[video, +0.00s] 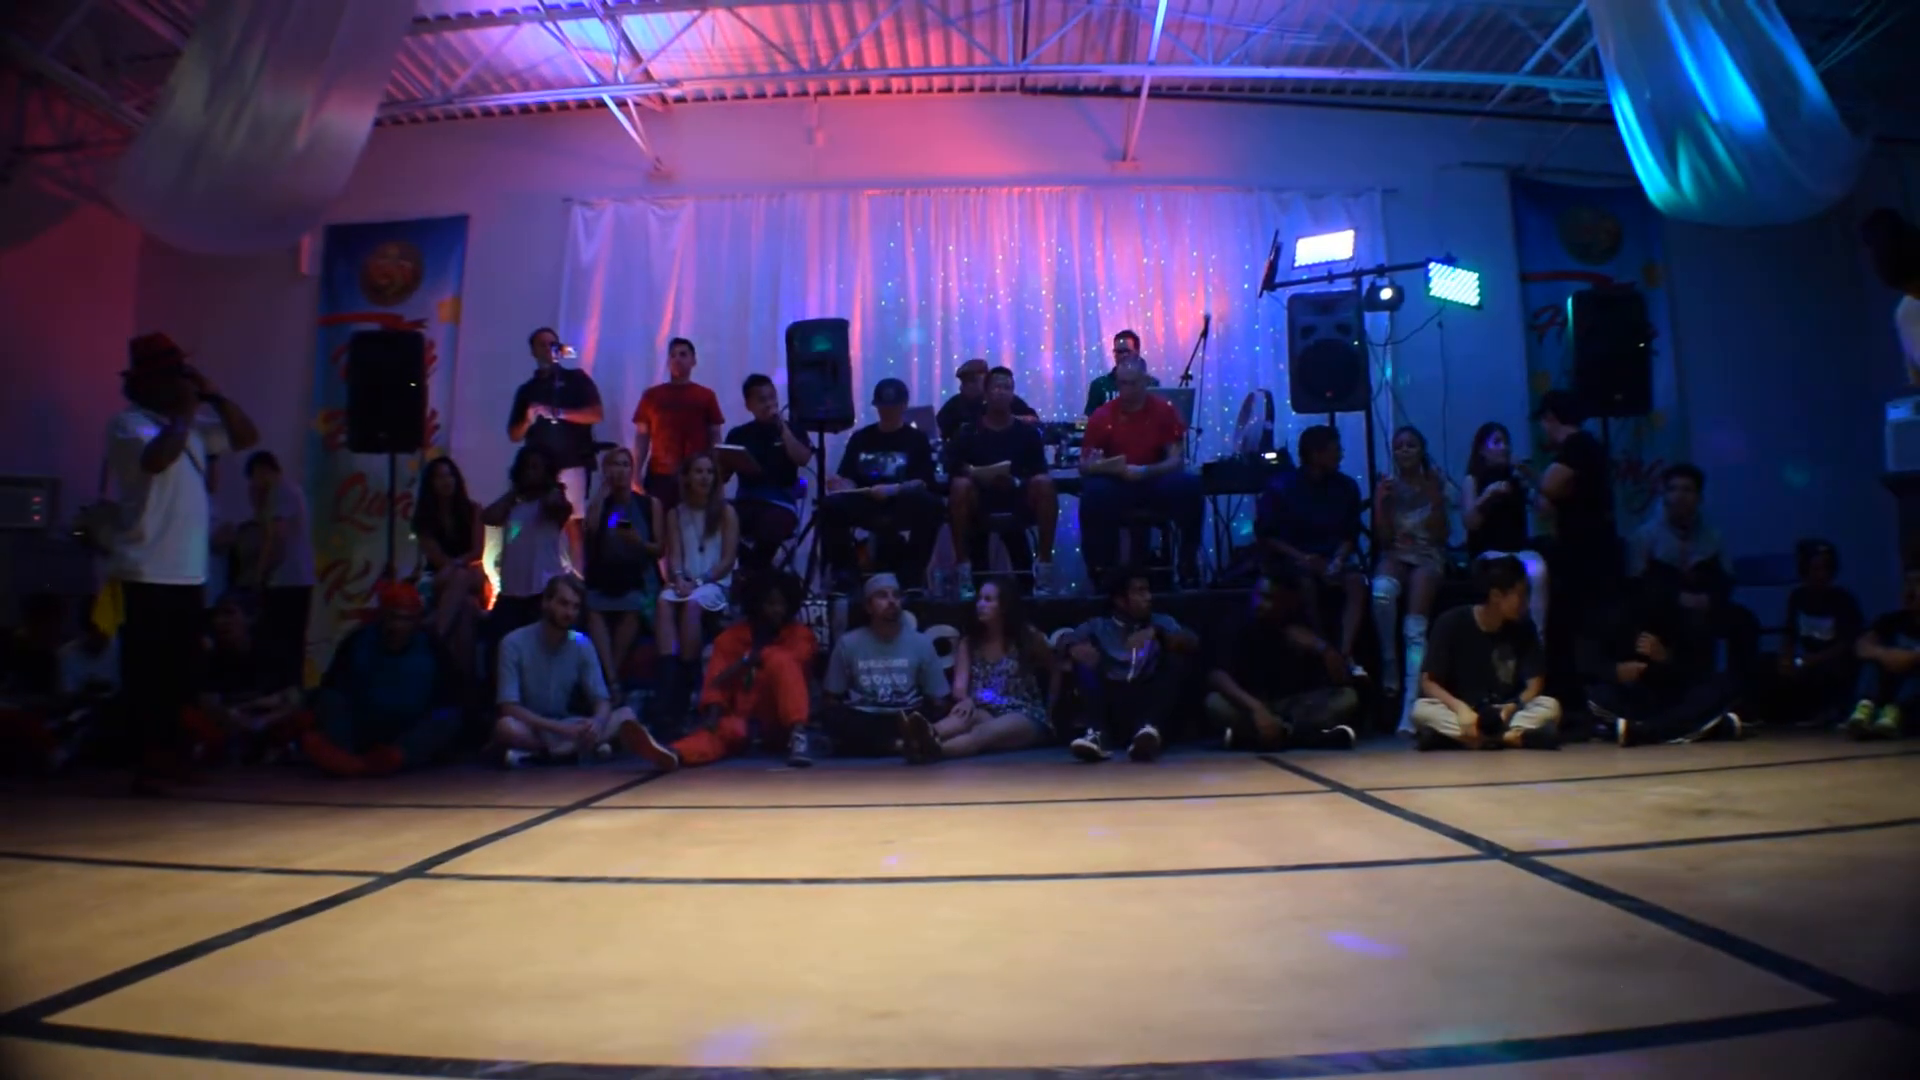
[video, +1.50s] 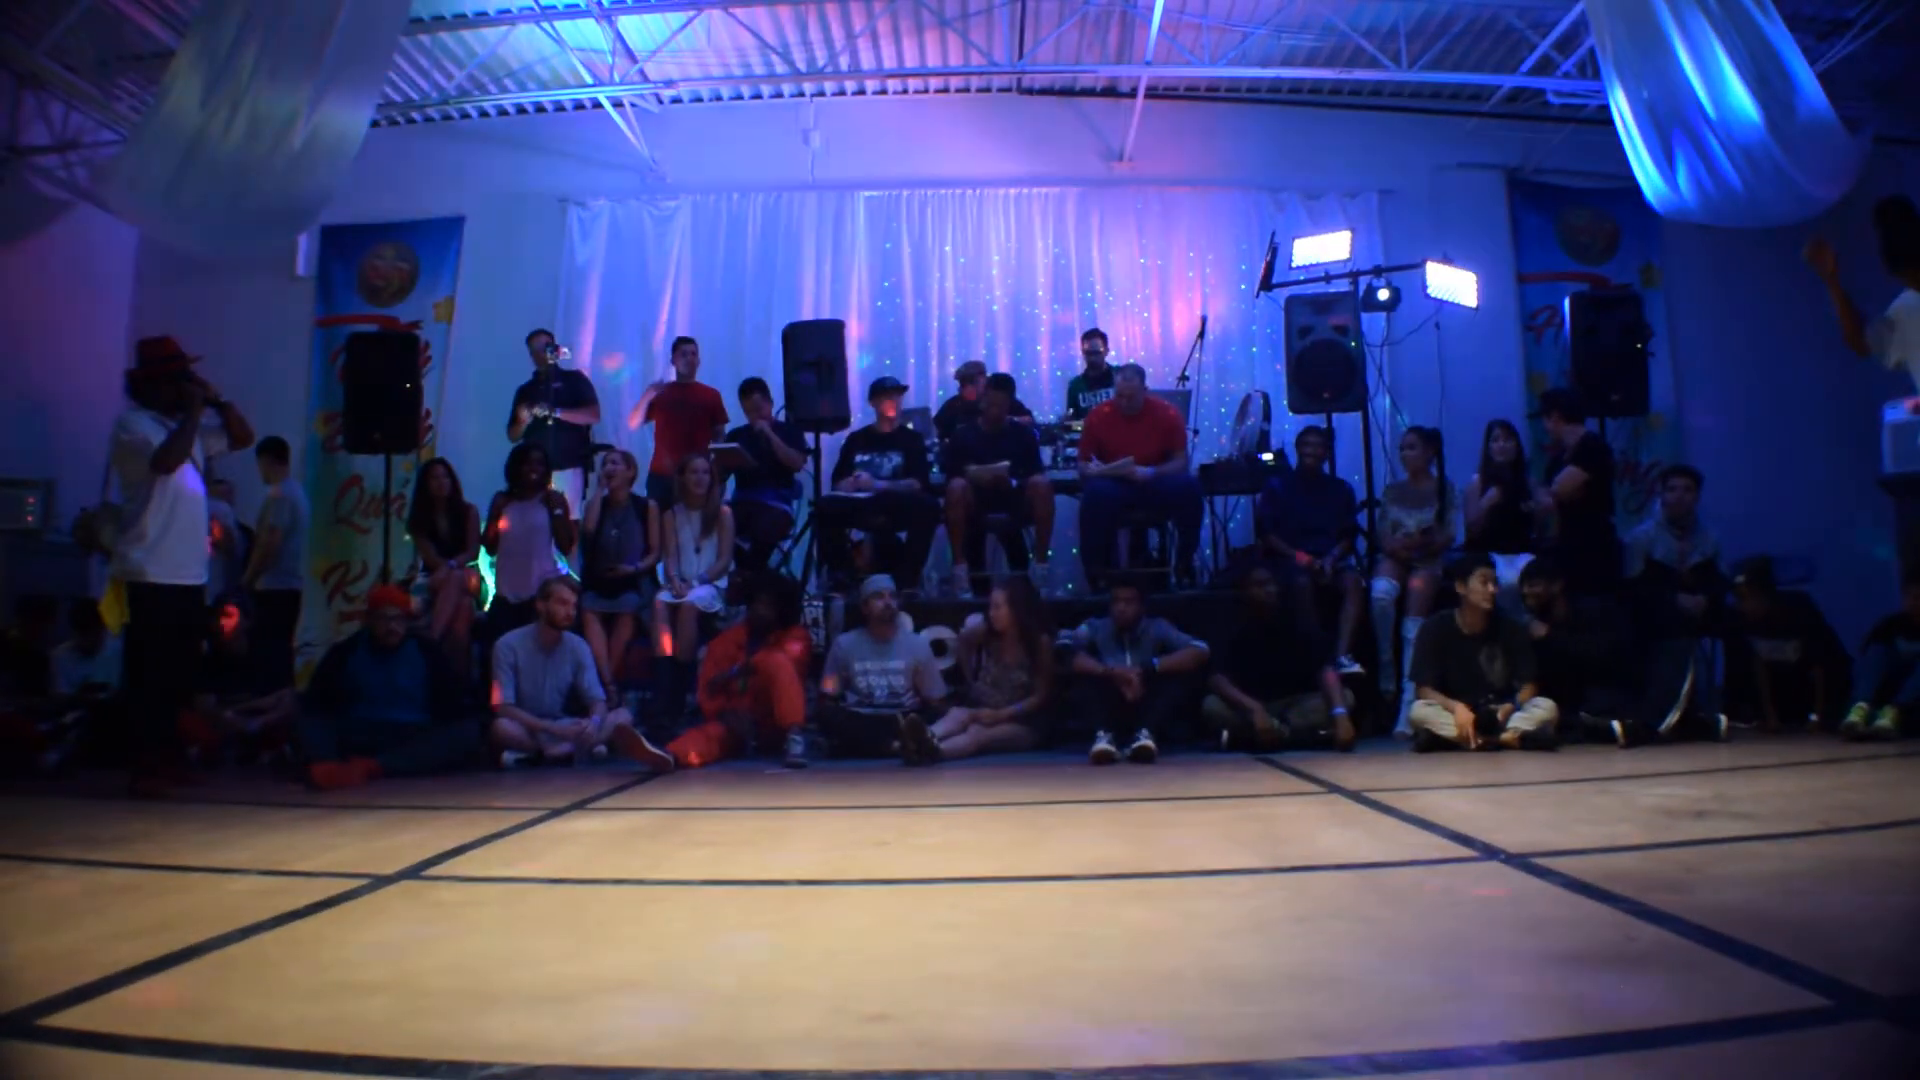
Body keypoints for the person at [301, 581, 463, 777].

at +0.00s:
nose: (399, 626)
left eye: (407, 619)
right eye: (393, 617)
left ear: (416, 619)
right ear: (382, 615)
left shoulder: (429, 646)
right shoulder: (359, 641)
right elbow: (331, 686)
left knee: (447, 718)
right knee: (330, 700)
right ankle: (340, 754)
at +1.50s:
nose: (392, 627)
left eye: (399, 620)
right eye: (385, 620)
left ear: (408, 621)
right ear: (370, 620)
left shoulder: (426, 653)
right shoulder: (344, 653)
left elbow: (449, 699)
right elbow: (315, 701)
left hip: (413, 732)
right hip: (355, 731)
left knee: (465, 734)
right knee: (312, 719)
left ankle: (375, 767)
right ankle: (326, 764)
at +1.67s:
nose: (397, 628)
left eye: (401, 620)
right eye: (389, 620)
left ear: (409, 621)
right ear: (372, 622)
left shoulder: (426, 653)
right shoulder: (345, 654)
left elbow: (448, 699)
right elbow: (318, 705)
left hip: (415, 733)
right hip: (357, 732)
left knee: (467, 734)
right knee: (308, 724)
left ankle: (377, 767)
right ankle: (328, 765)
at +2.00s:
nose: (397, 624)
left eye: (402, 617)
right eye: (389, 617)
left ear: (410, 618)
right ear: (372, 619)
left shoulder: (427, 652)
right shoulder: (346, 653)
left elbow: (445, 699)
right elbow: (319, 704)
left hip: (415, 733)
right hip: (358, 732)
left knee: (467, 734)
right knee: (307, 725)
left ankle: (377, 767)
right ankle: (328, 766)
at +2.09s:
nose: (397, 624)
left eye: (402, 616)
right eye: (389, 617)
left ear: (409, 617)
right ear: (372, 619)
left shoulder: (426, 651)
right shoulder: (346, 653)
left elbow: (447, 697)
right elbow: (319, 703)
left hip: (415, 732)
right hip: (358, 731)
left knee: (467, 733)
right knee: (307, 725)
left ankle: (377, 766)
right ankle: (328, 766)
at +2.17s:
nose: (398, 623)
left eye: (402, 616)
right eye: (390, 616)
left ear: (410, 617)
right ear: (372, 619)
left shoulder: (426, 651)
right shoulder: (346, 653)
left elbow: (448, 696)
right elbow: (320, 703)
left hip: (416, 731)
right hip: (358, 730)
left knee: (468, 733)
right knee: (307, 724)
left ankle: (379, 766)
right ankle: (326, 764)